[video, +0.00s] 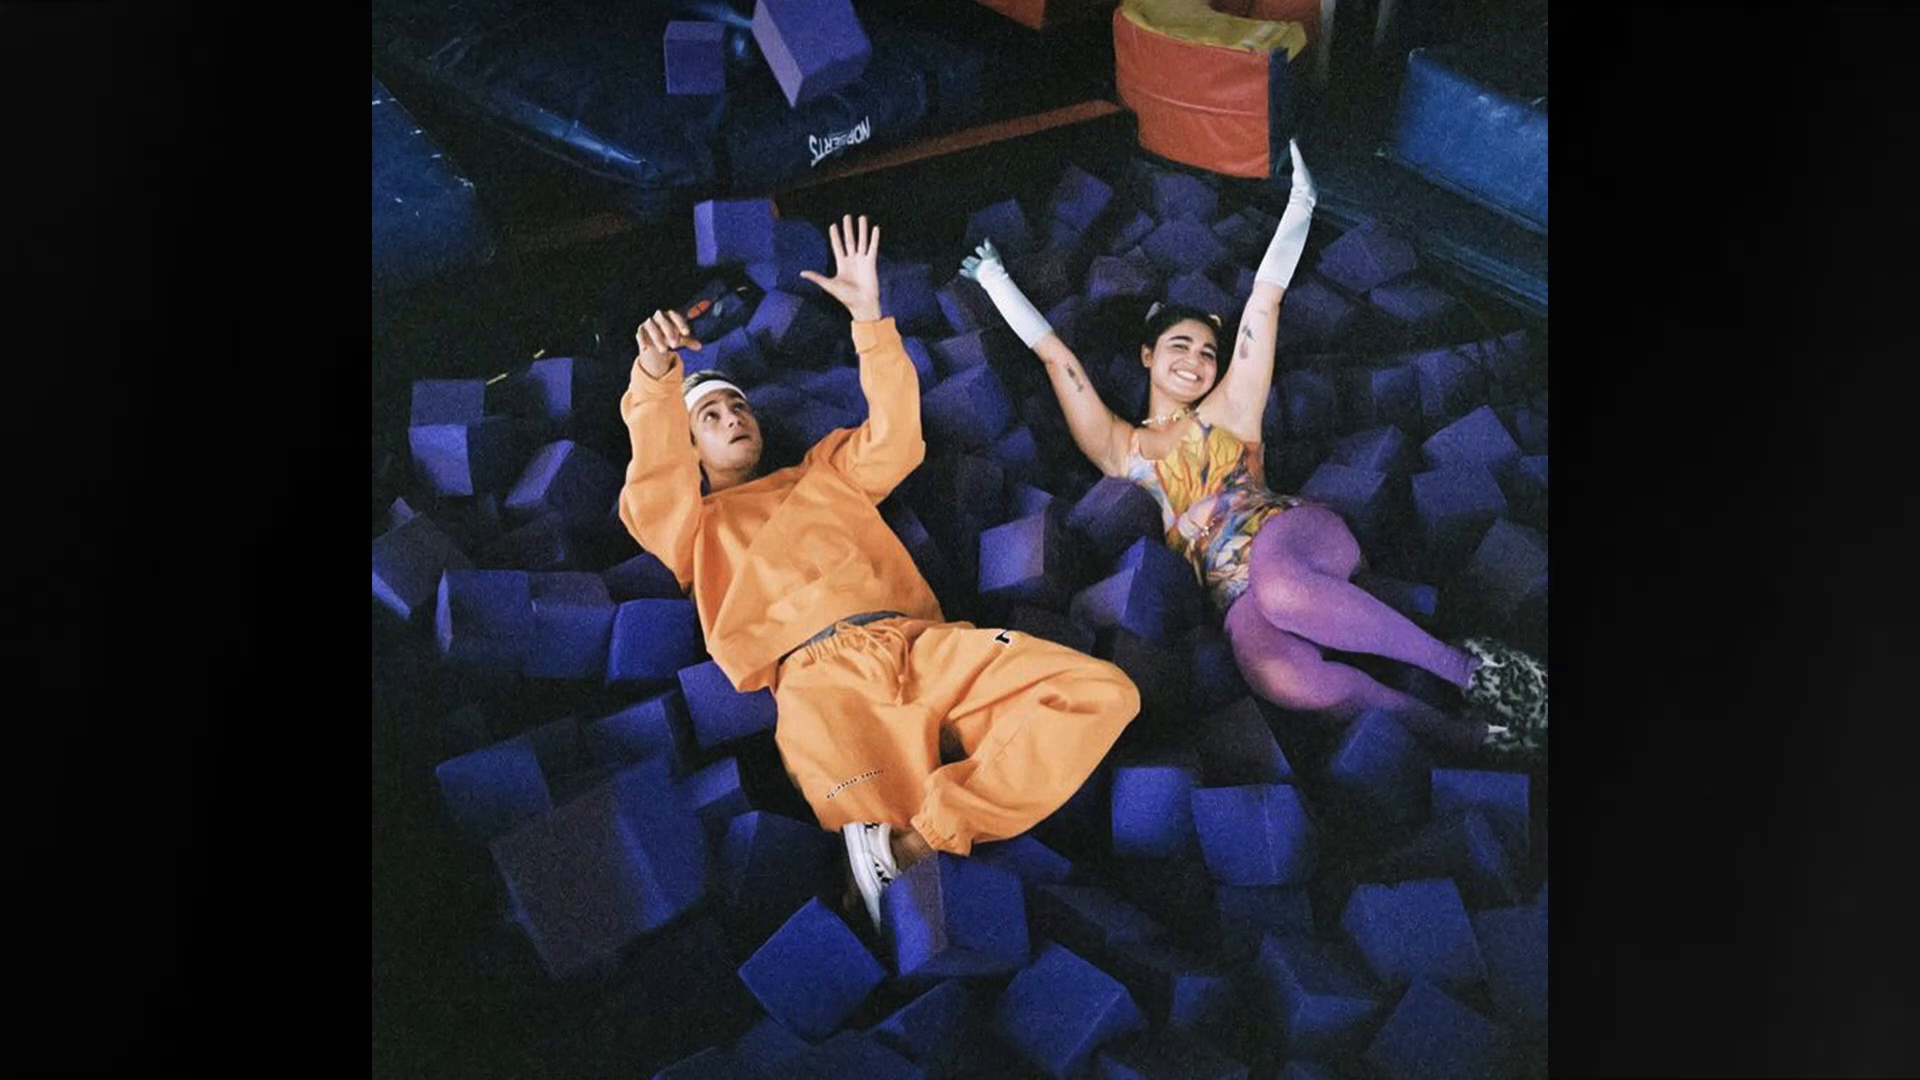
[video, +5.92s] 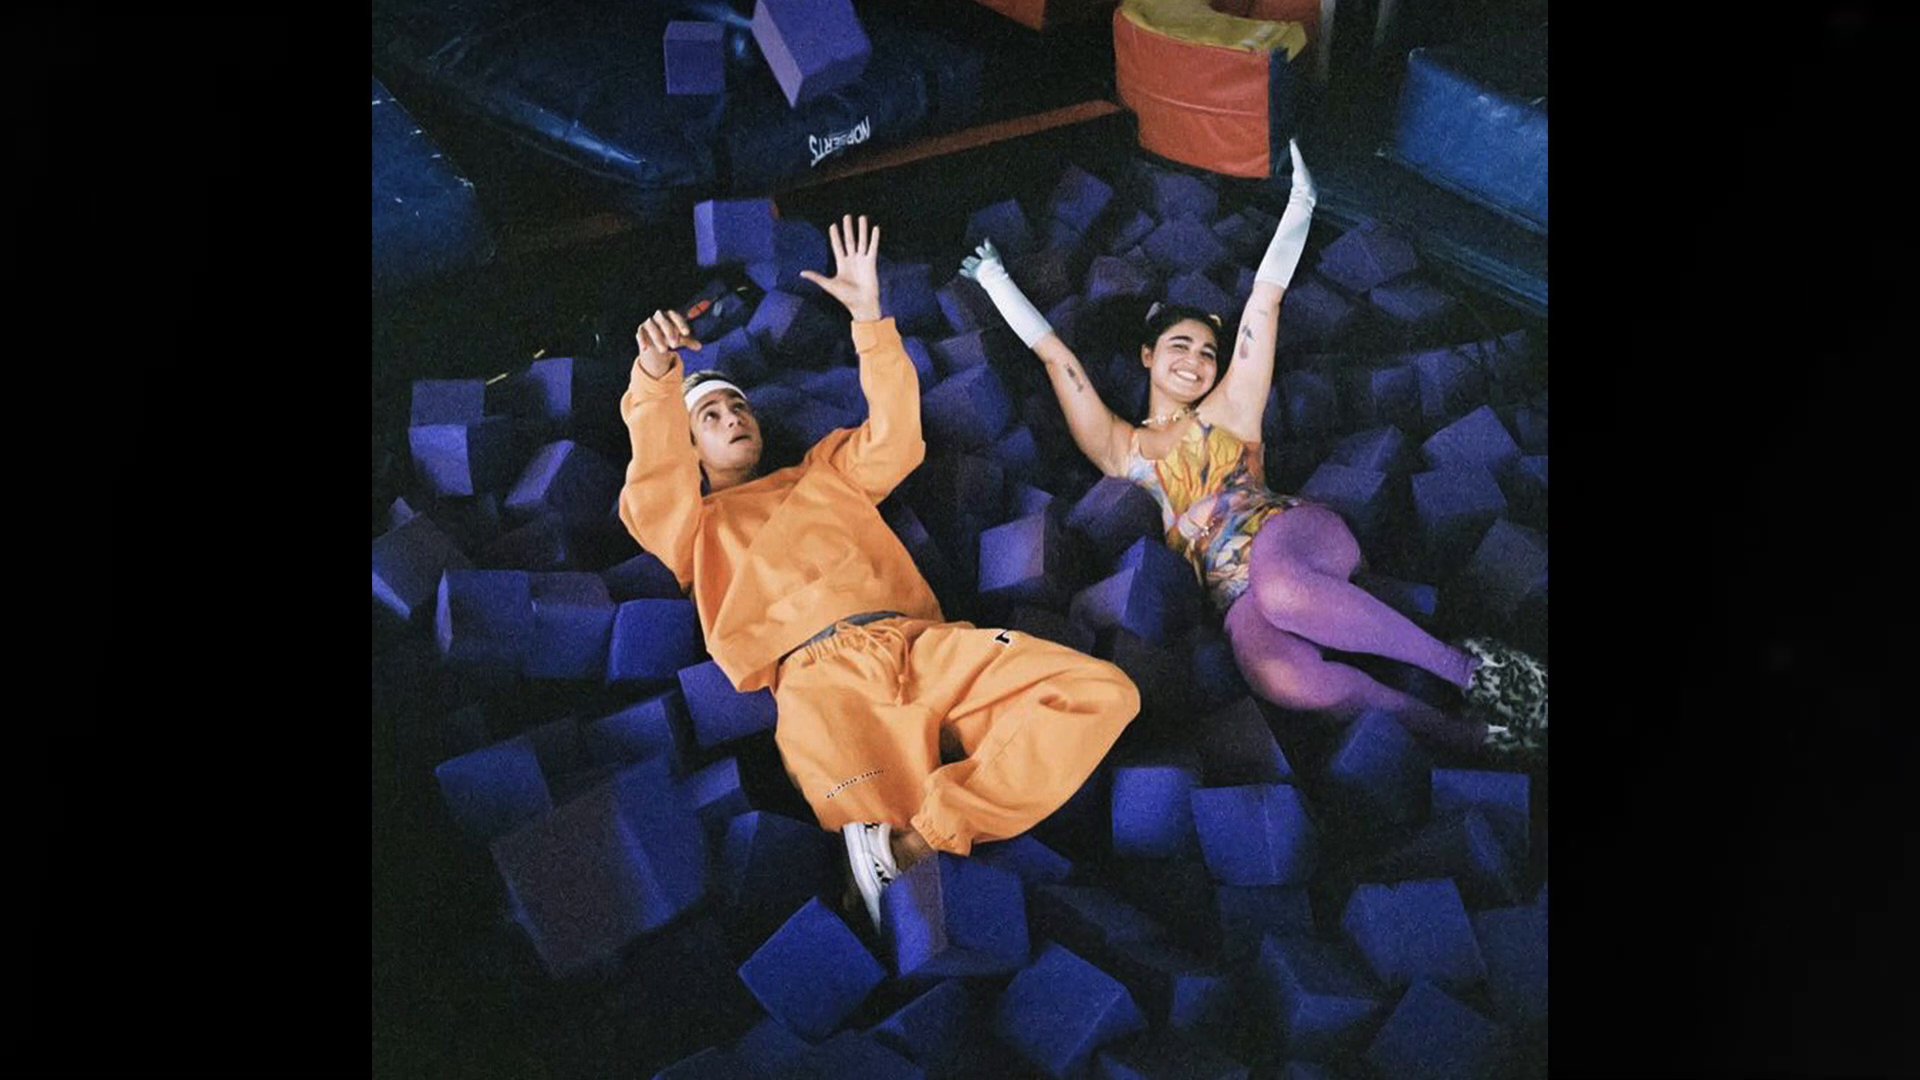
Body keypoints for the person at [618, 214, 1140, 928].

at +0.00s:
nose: (730, 418)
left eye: (738, 407)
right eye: (709, 415)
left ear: (761, 426)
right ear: (688, 449)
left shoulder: (827, 468)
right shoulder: (696, 525)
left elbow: (895, 435)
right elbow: (654, 477)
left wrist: (868, 316)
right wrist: (655, 374)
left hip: (917, 640)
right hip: (819, 673)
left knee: (1094, 693)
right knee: (880, 826)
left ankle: (915, 841)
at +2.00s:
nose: (731, 418)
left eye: (738, 406)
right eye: (709, 415)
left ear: (759, 424)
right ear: (687, 448)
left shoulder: (827, 468)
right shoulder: (695, 524)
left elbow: (895, 436)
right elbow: (654, 476)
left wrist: (868, 317)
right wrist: (655, 372)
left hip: (918, 640)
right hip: (820, 672)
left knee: (1094, 692)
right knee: (880, 828)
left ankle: (918, 840)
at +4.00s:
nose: (731, 418)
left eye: (738, 407)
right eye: (709, 415)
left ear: (760, 425)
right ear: (687, 449)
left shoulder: (827, 468)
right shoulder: (696, 525)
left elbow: (895, 436)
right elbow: (655, 477)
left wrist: (868, 317)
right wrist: (655, 373)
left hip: (917, 640)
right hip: (820, 673)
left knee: (1094, 692)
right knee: (883, 831)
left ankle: (917, 841)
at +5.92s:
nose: (731, 418)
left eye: (738, 407)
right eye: (709, 415)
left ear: (760, 425)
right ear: (688, 448)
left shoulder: (827, 468)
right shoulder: (695, 525)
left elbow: (895, 436)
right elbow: (655, 476)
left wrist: (868, 317)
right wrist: (655, 373)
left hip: (917, 640)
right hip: (820, 672)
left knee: (1094, 692)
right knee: (881, 828)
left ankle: (917, 840)